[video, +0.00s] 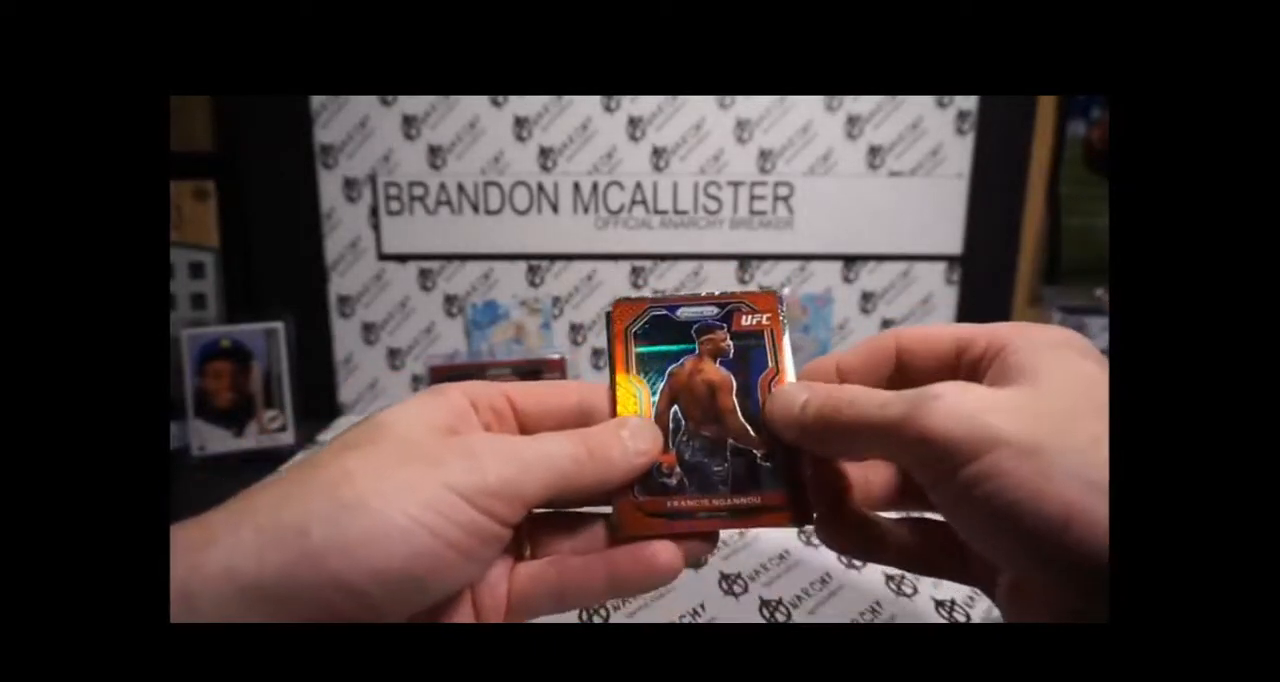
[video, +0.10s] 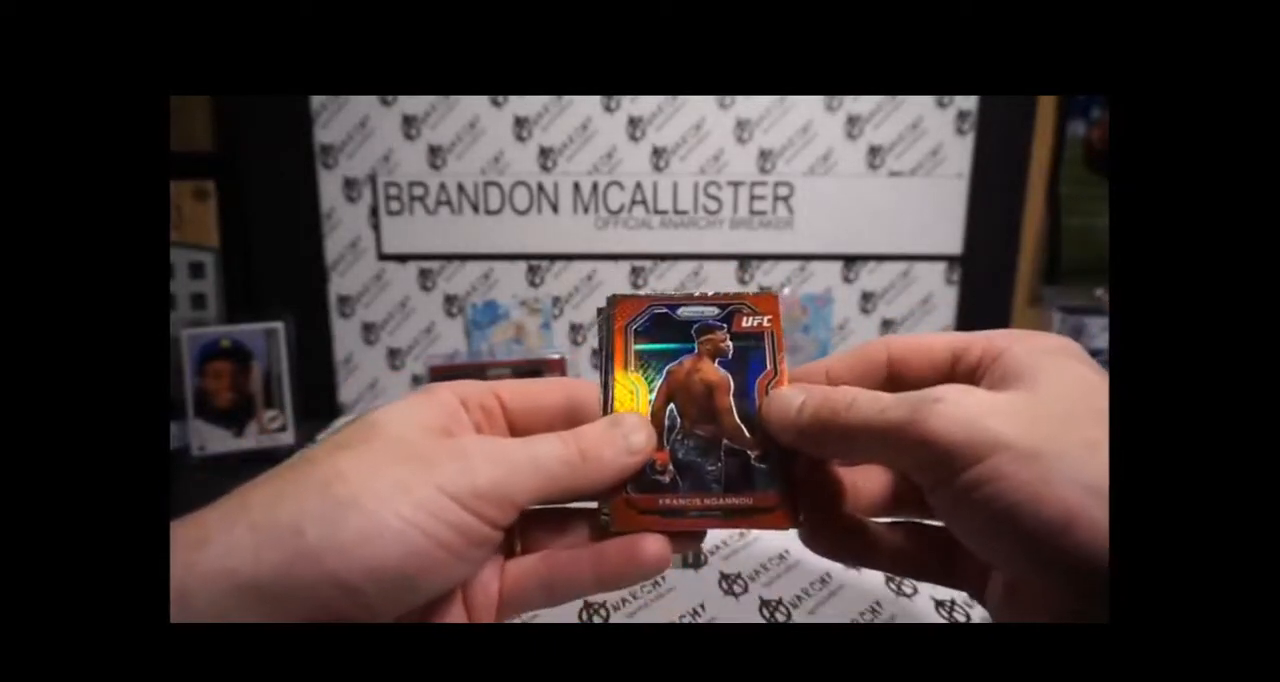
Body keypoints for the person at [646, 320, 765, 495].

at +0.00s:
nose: (730, 344)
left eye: (729, 339)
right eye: (725, 339)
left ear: (705, 345)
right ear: (707, 344)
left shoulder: (677, 371)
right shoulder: (721, 377)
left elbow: (661, 413)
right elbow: (734, 425)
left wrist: (665, 450)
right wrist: (758, 446)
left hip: (687, 444)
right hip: (714, 449)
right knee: (716, 513)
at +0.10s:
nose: (729, 344)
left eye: (728, 339)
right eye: (724, 340)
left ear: (704, 345)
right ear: (705, 345)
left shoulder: (675, 369)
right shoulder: (719, 377)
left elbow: (657, 410)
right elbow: (730, 426)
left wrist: (660, 447)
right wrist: (752, 446)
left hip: (681, 442)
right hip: (708, 447)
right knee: (710, 510)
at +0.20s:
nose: (733, 342)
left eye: (732, 336)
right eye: (727, 337)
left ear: (707, 341)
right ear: (709, 341)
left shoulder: (676, 369)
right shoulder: (721, 375)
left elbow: (661, 410)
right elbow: (731, 420)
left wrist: (663, 450)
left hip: (684, 443)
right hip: (711, 447)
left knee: (688, 509)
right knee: (713, 511)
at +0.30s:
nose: (741, 338)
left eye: (740, 333)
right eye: (735, 334)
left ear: (715, 338)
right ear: (717, 337)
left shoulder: (685, 365)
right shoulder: (729, 372)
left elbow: (667, 402)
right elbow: (739, 420)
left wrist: (668, 444)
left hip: (690, 438)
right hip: (717, 444)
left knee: (694, 505)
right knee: (719, 507)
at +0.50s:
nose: (760, 339)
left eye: (759, 334)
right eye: (756, 335)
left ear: (735, 336)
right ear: (739, 336)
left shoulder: (703, 357)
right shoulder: (746, 369)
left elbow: (682, 392)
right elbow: (753, 417)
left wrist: (681, 429)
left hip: (702, 427)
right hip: (728, 435)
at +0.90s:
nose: (775, 322)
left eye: (774, 317)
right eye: (770, 317)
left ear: (749, 321)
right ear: (753, 320)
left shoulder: (719, 344)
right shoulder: (764, 354)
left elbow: (700, 381)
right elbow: (773, 402)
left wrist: (701, 417)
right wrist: (794, 421)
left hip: (722, 413)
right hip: (750, 419)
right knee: (750, 479)